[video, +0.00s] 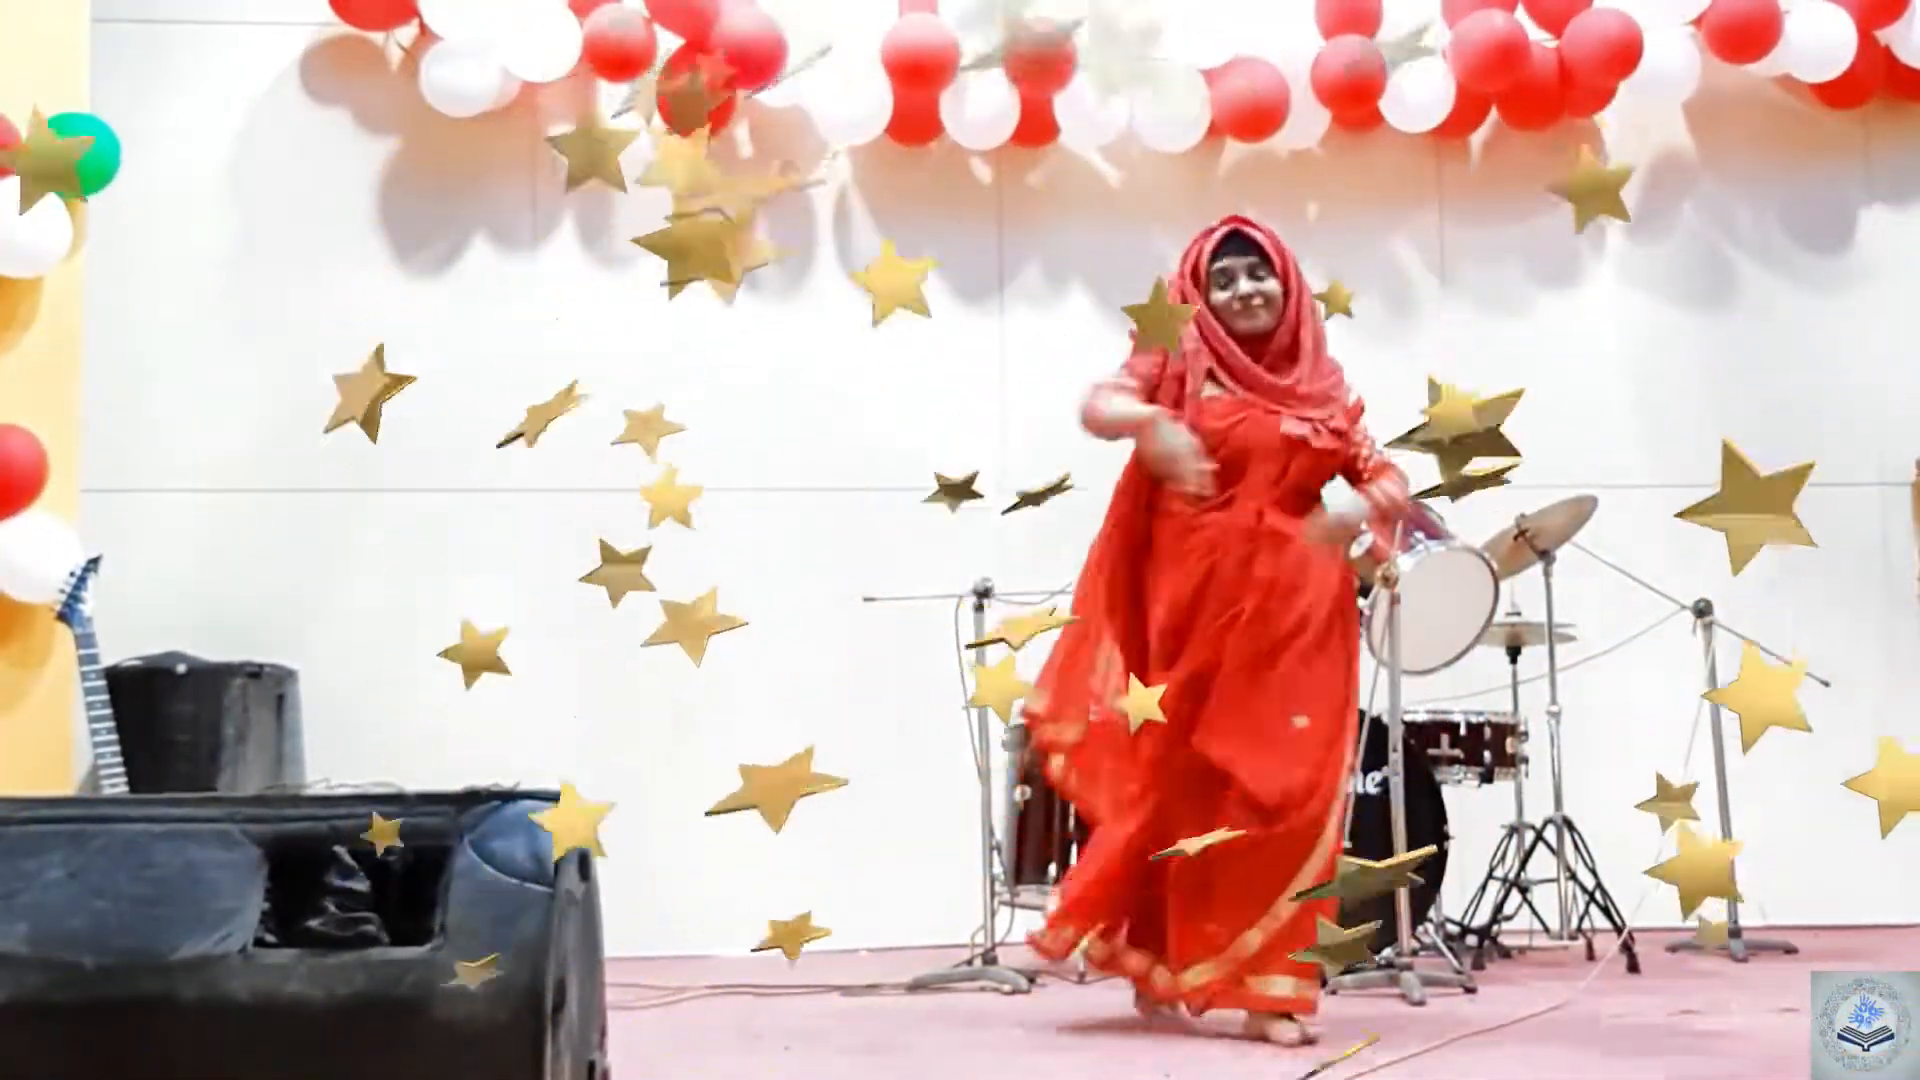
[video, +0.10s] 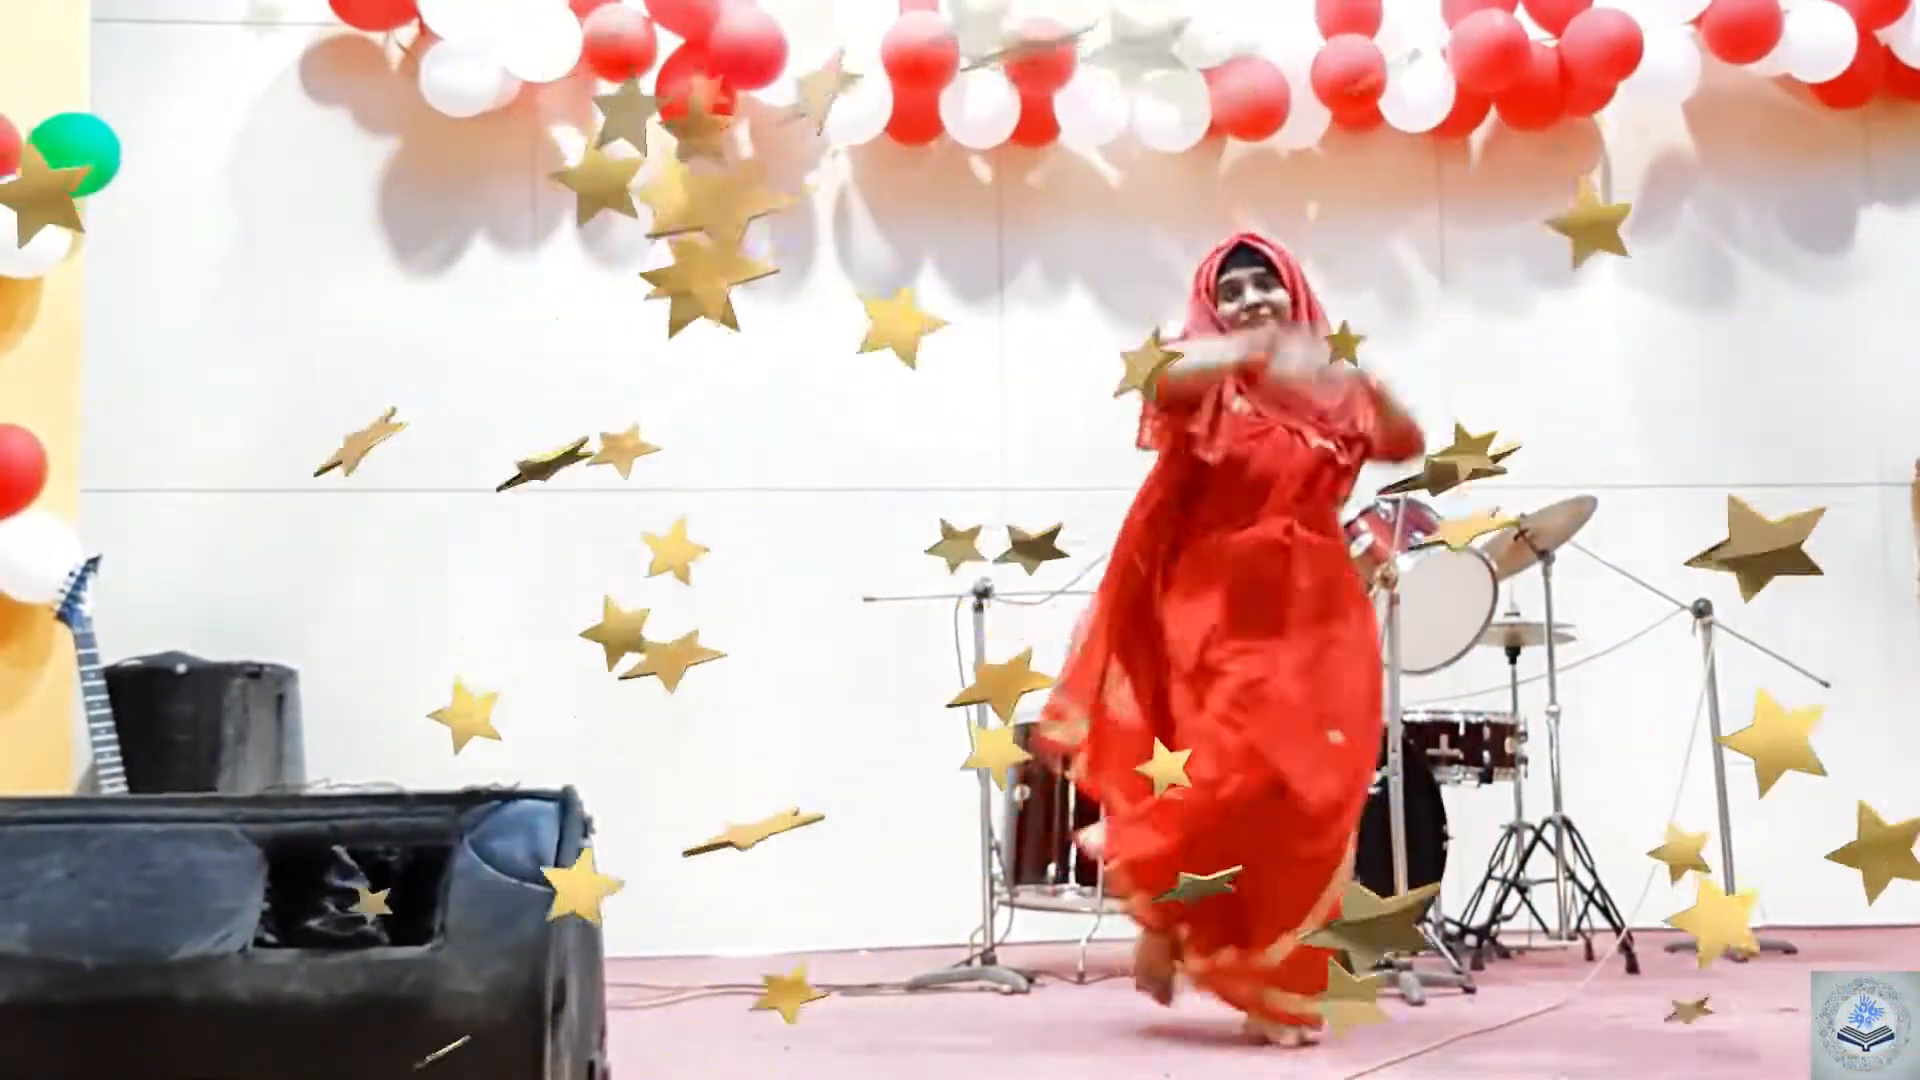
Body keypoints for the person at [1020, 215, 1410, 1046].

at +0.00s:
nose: (1245, 288)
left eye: (1257, 273)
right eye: (1226, 279)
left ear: (1286, 284)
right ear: (1201, 297)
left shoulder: (1321, 388)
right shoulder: (1177, 365)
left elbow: (1385, 476)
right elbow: (1100, 404)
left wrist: (1369, 498)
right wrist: (1153, 424)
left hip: (1294, 613)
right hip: (1191, 609)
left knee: (1290, 796)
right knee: (1183, 786)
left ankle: (1277, 994)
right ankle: (1157, 965)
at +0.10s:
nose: (1253, 301)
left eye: (1264, 285)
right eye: (1234, 293)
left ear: (1295, 294)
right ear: (1210, 310)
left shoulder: (1333, 388)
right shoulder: (1200, 377)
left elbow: (1405, 441)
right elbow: (1169, 377)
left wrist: (1369, 382)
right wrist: (1246, 351)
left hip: (1315, 602)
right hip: (1213, 602)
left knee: (1318, 793)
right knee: (1244, 773)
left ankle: (1277, 991)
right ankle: (1162, 905)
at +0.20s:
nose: (1258, 284)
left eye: (1270, 270)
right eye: (1243, 277)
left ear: (1303, 288)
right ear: (1227, 305)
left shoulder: (1342, 383)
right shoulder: (1212, 377)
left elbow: (1416, 358)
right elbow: (1185, 305)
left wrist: (1406, 270)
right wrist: (1237, 227)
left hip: (1322, 603)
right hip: (1224, 601)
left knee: (1351, 759)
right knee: (1288, 751)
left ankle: (1280, 963)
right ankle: (1238, 942)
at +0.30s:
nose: (1257, 260)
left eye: (1269, 246)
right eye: (1240, 257)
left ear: (1311, 262)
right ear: (1225, 284)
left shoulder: (1366, 352)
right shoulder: (1227, 344)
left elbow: (1444, 319)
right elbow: (1174, 276)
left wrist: (1458, 219)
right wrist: (1181, 167)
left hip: (1347, 593)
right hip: (1251, 594)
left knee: (1408, 740)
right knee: (1335, 763)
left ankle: (1291, 941)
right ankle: (1290, 977)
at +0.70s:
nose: (1304, 265)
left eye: (1314, 250)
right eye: (1283, 256)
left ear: (1338, 264)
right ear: (1249, 281)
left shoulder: (1379, 358)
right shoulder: (1240, 362)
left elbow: (1475, 349)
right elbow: (1188, 300)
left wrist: (1467, 251)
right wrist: (1224, 205)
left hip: (1384, 590)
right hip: (1291, 594)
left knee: (1389, 783)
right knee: (1370, 786)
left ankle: (1304, 957)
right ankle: (1394, 1017)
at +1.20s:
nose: (1248, 316)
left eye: (1264, 298)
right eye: (1230, 298)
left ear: (1287, 304)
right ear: (1200, 298)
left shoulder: (1298, 388)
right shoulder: (1147, 362)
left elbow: (1373, 492)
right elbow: (1077, 449)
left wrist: (1462, 545)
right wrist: (1042, 502)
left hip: (1250, 608)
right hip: (1144, 610)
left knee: (1275, 781)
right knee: (1146, 793)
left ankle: (1267, 984)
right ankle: (1134, 991)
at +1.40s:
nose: (1201, 356)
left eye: (1215, 339)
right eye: (1183, 339)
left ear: (1234, 348)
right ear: (1154, 343)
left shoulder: (1255, 449)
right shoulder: (1101, 434)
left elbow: (1333, 520)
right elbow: (1024, 535)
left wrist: (1428, 516)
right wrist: (966, 540)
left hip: (1191, 682)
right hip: (1086, 681)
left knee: (1242, 820)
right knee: (1087, 840)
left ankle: (1257, 998)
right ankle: (1094, 1002)